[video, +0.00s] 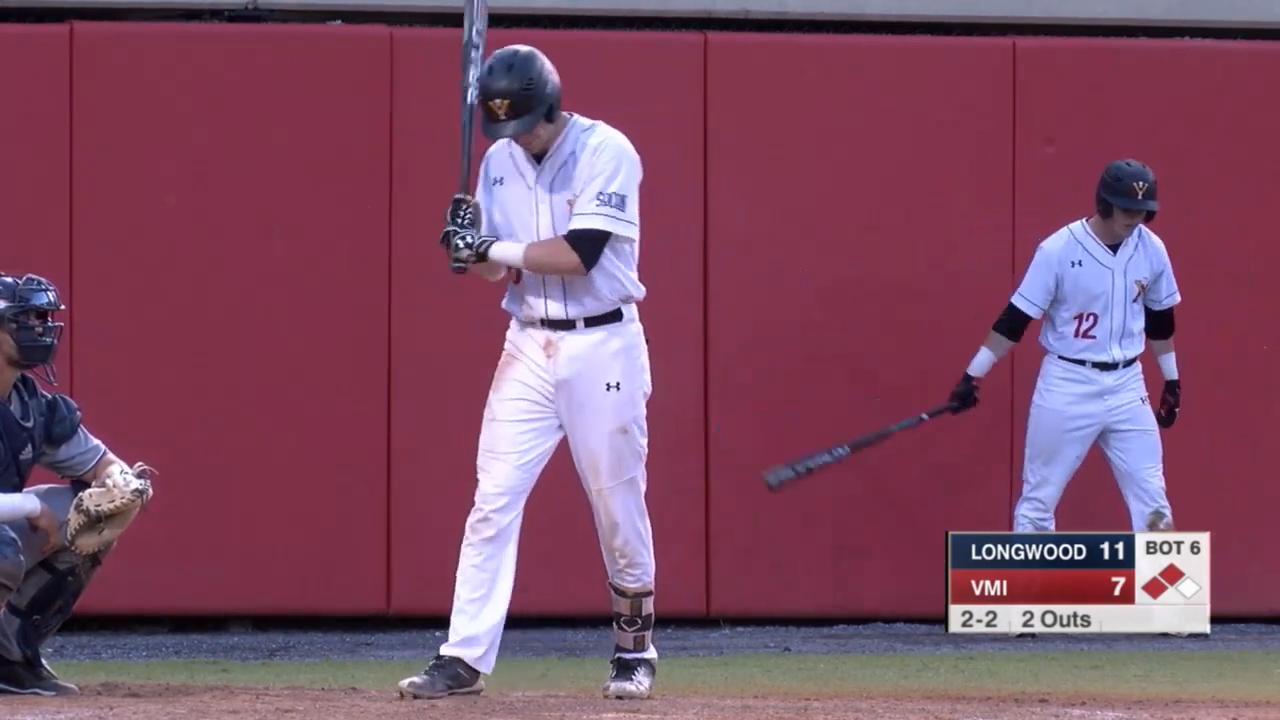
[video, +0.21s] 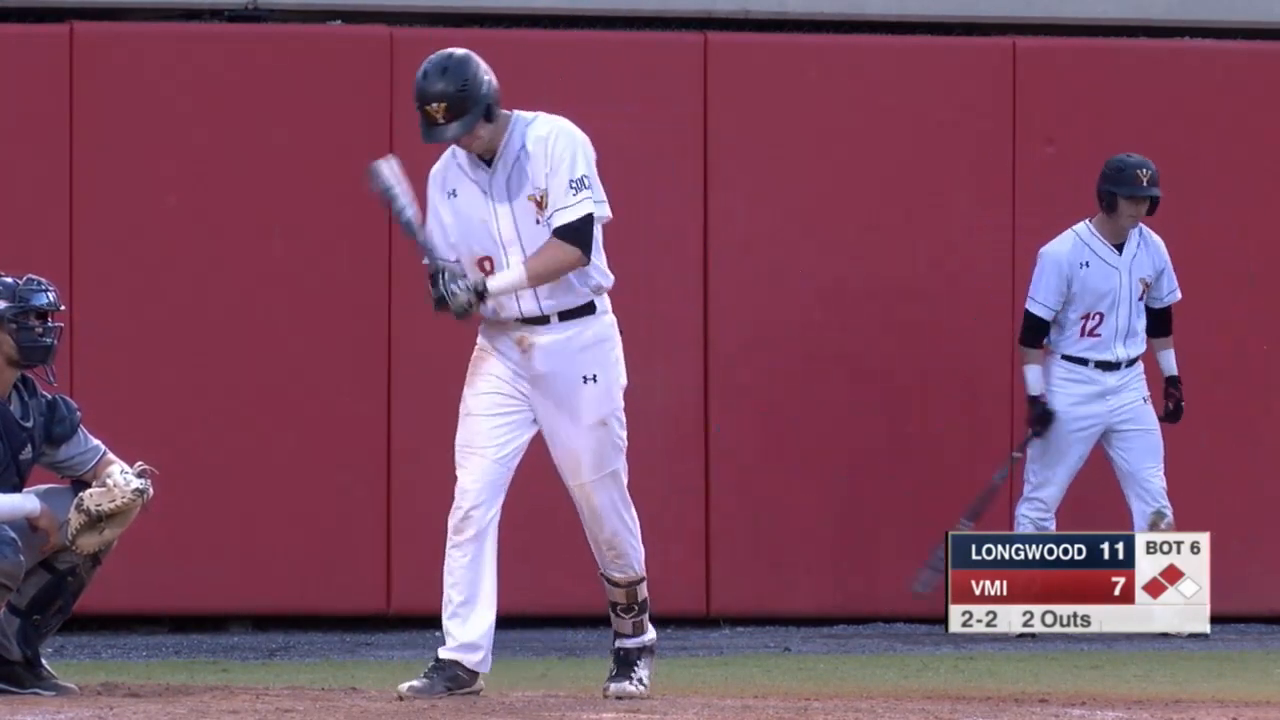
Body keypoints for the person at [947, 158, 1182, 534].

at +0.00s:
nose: (1136, 220)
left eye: (1143, 213)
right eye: (1129, 211)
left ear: (1149, 209)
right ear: (1105, 204)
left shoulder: (1151, 249)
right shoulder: (1058, 250)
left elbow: (1161, 321)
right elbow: (1016, 319)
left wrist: (1171, 381)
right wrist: (972, 375)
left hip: (1128, 388)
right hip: (1066, 386)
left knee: (1153, 503)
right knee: (1038, 503)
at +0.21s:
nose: (1140, 208)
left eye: (1146, 200)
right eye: (1132, 199)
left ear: (1152, 202)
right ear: (1106, 197)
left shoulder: (1152, 249)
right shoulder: (1061, 254)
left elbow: (1159, 320)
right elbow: (1033, 331)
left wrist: (1172, 380)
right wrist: (1035, 395)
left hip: (1130, 386)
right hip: (1071, 385)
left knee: (1153, 503)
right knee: (1040, 504)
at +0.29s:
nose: (1135, 199)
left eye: (1141, 191)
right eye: (1126, 190)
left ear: (1147, 194)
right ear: (1102, 191)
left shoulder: (1147, 246)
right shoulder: (1058, 252)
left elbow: (1155, 317)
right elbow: (1036, 333)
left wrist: (1168, 373)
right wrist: (1066, 387)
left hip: (1127, 386)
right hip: (1067, 386)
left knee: (1153, 506)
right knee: (1038, 504)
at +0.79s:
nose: (1111, 194)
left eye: (1115, 186)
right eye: (1103, 185)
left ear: (1119, 189)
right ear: (1076, 186)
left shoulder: (1120, 244)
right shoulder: (1042, 248)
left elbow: (1144, 309)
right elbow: (1040, 332)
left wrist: (1146, 328)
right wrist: (1107, 336)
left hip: (1119, 388)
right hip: (1061, 389)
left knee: (1150, 508)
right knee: (1033, 507)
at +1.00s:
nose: (1102, 199)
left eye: (1108, 191)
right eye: (1094, 190)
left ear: (1113, 193)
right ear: (1069, 188)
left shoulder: (1118, 245)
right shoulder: (1038, 248)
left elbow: (1140, 314)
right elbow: (1035, 330)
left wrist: (1152, 322)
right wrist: (1086, 334)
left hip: (1119, 385)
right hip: (1061, 386)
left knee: (1150, 505)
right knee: (1034, 505)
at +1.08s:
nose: (1101, 199)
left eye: (1107, 191)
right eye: (1093, 190)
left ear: (1112, 192)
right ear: (1069, 189)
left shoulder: (1118, 245)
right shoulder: (1037, 248)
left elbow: (1140, 314)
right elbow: (1034, 329)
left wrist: (1152, 322)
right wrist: (1083, 331)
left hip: (1119, 385)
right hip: (1062, 385)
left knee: (1150, 505)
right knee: (1034, 505)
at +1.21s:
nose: (1098, 197)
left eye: (1105, 189)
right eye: (1090, 188)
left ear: (1110, 192)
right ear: (1066, 187)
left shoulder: (1118, 245)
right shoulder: (1038, 247)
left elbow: (1140, 321)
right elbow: (1034, 328)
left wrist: (1151, 319)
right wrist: (1089, 328)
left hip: (1120, 384)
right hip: (1062, 383)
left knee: (1150, 505)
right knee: (1034, 505)